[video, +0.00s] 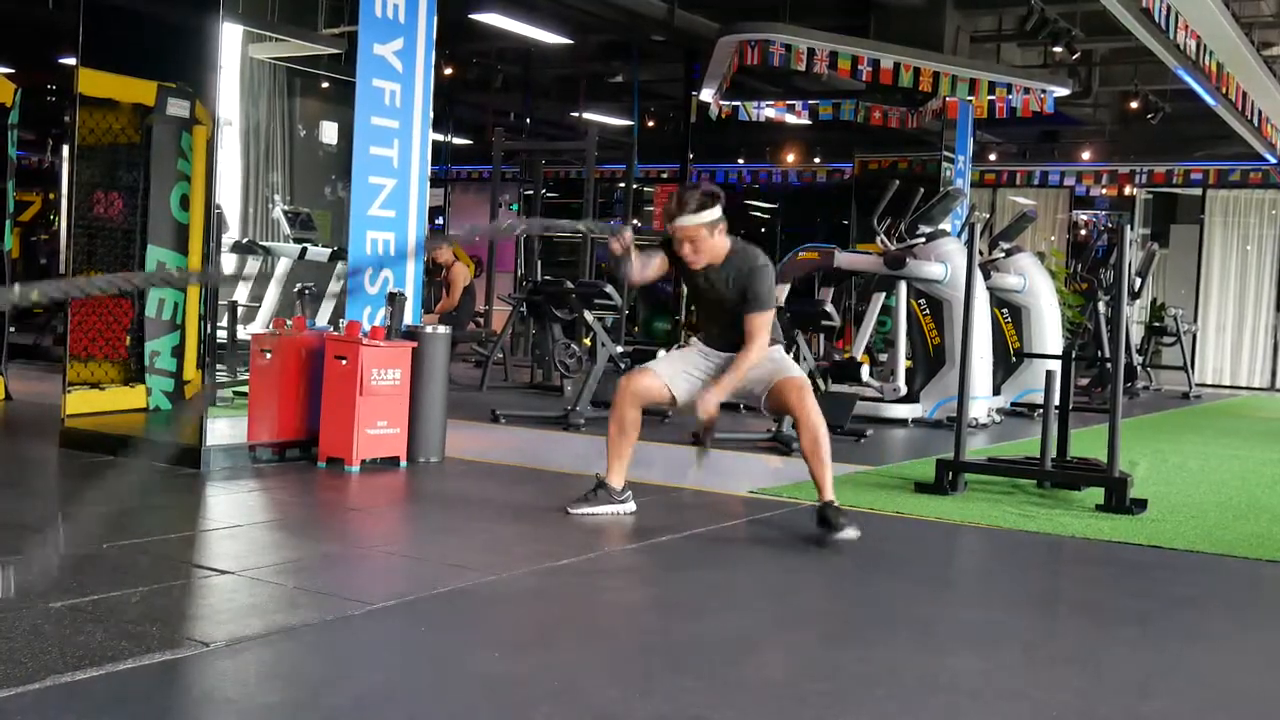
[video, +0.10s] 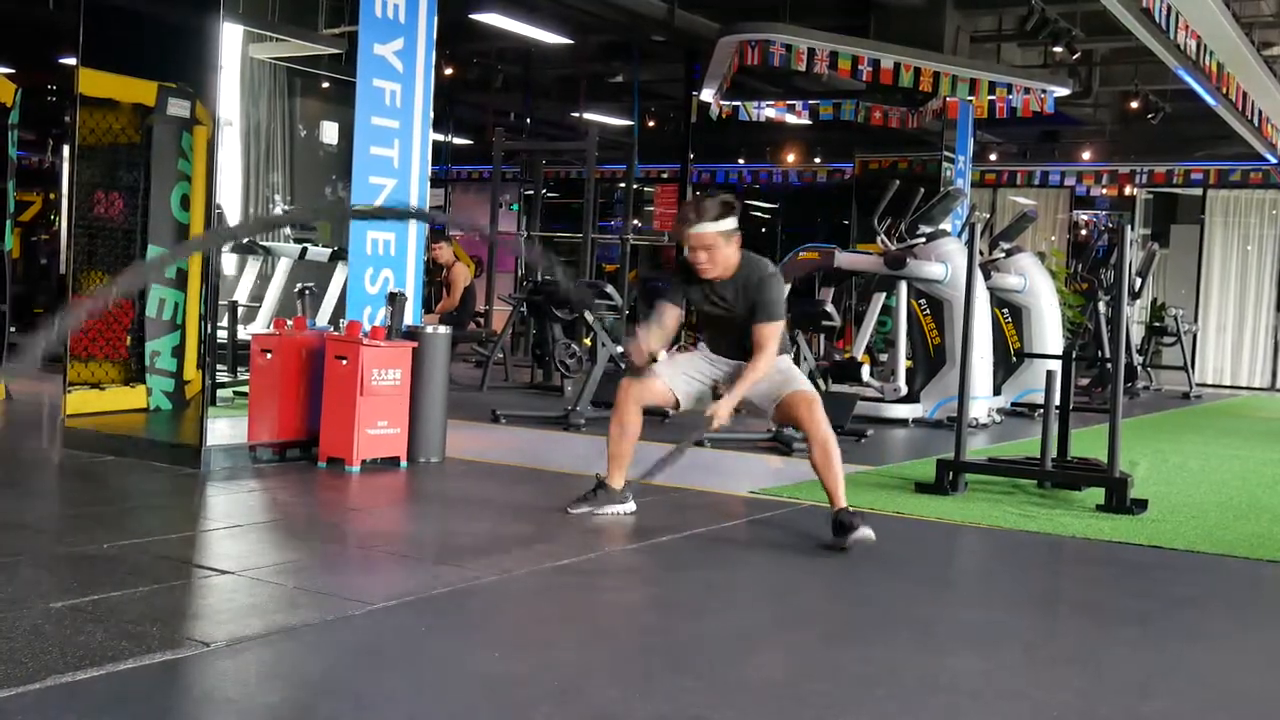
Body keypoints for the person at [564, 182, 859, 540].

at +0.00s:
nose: (684, 251)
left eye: (693, 242)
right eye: (679, 242)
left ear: (718, 232)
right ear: (673, 236)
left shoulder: (754, 264)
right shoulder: (680, 252)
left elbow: (758, 344)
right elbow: (638, 275)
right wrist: (625, 255)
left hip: (757, 359)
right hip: (703, 355)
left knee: (801, 393)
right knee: (631, 387)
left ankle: (828, 505)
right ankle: (614, 489)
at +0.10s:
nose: (696, 258)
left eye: (706, 248)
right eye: (690, 249)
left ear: (734, 243)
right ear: (684, 247)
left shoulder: (763, 277)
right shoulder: (688, 277)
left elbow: (766, 352)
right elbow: (663, 325)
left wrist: (731, 398)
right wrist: (644, 344)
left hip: (764, 367)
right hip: (708, 362)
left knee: (811, 410)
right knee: (630, 389)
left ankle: (842, 513)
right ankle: (613, 490)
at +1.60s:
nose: (981, 255)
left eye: (991, 243)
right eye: (973, 245)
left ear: (1022, 236)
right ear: (965, 243)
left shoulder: (1062, 276)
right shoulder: (963, 283)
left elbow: (1077, 358)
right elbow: (941, 345)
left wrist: (1033, 408)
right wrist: (917, 370)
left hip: (1068, 387)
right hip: (1003, 387)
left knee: (1114, 430)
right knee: (911, 423)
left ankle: (1102, 566)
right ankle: (872, 529)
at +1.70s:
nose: (965, 247)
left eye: (975, 234)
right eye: (956, 236)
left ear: (1003, 225)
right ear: (948, 236)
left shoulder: (1041, 246)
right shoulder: (954, 290)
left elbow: (1056, 289)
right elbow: (939, 368)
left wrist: (1003, 292)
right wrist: (942, 433)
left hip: (1060, 389)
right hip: (992, 394)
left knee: (1096, 430)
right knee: (893, 417)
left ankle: (1098, 566)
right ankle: (871, 529)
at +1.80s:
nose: (946, 230)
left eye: (954, 218)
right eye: (937, 224)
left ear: (976, 213)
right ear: (928, 224)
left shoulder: (1008, 232)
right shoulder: (926, 275)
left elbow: (1021, 269)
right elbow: (905, 338)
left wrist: (965, 251)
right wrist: (901, 389)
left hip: (1027, 374)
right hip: (963, 380)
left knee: (1053, 435)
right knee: (869, 415)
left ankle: (1091, 565)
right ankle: (866, 530)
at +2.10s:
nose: (864, 243)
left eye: (875, 233)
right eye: (857, 233)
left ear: (905, 223)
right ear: (849, 227)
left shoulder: (935, 265)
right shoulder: (844, 256)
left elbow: (941, 346)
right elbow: (810, 311)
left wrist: (903, 401)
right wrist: (802, 293)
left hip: (923, 373)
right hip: (860, 364)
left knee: (956, 424)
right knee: (771, 408)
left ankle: (932, 538)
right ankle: (699, 494)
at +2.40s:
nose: (776, 217)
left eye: (786, 208)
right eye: (769, 207)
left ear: (815, 197)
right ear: (761, 198)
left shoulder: (841, 233)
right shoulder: (752, 228)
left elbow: (835, 301)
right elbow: (717, 269)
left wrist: (786, 303)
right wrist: (697, 298)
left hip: (822, 349)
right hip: (757, 345)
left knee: (859, 398)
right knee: (681, 392)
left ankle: (851, 523)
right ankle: (666, 503)